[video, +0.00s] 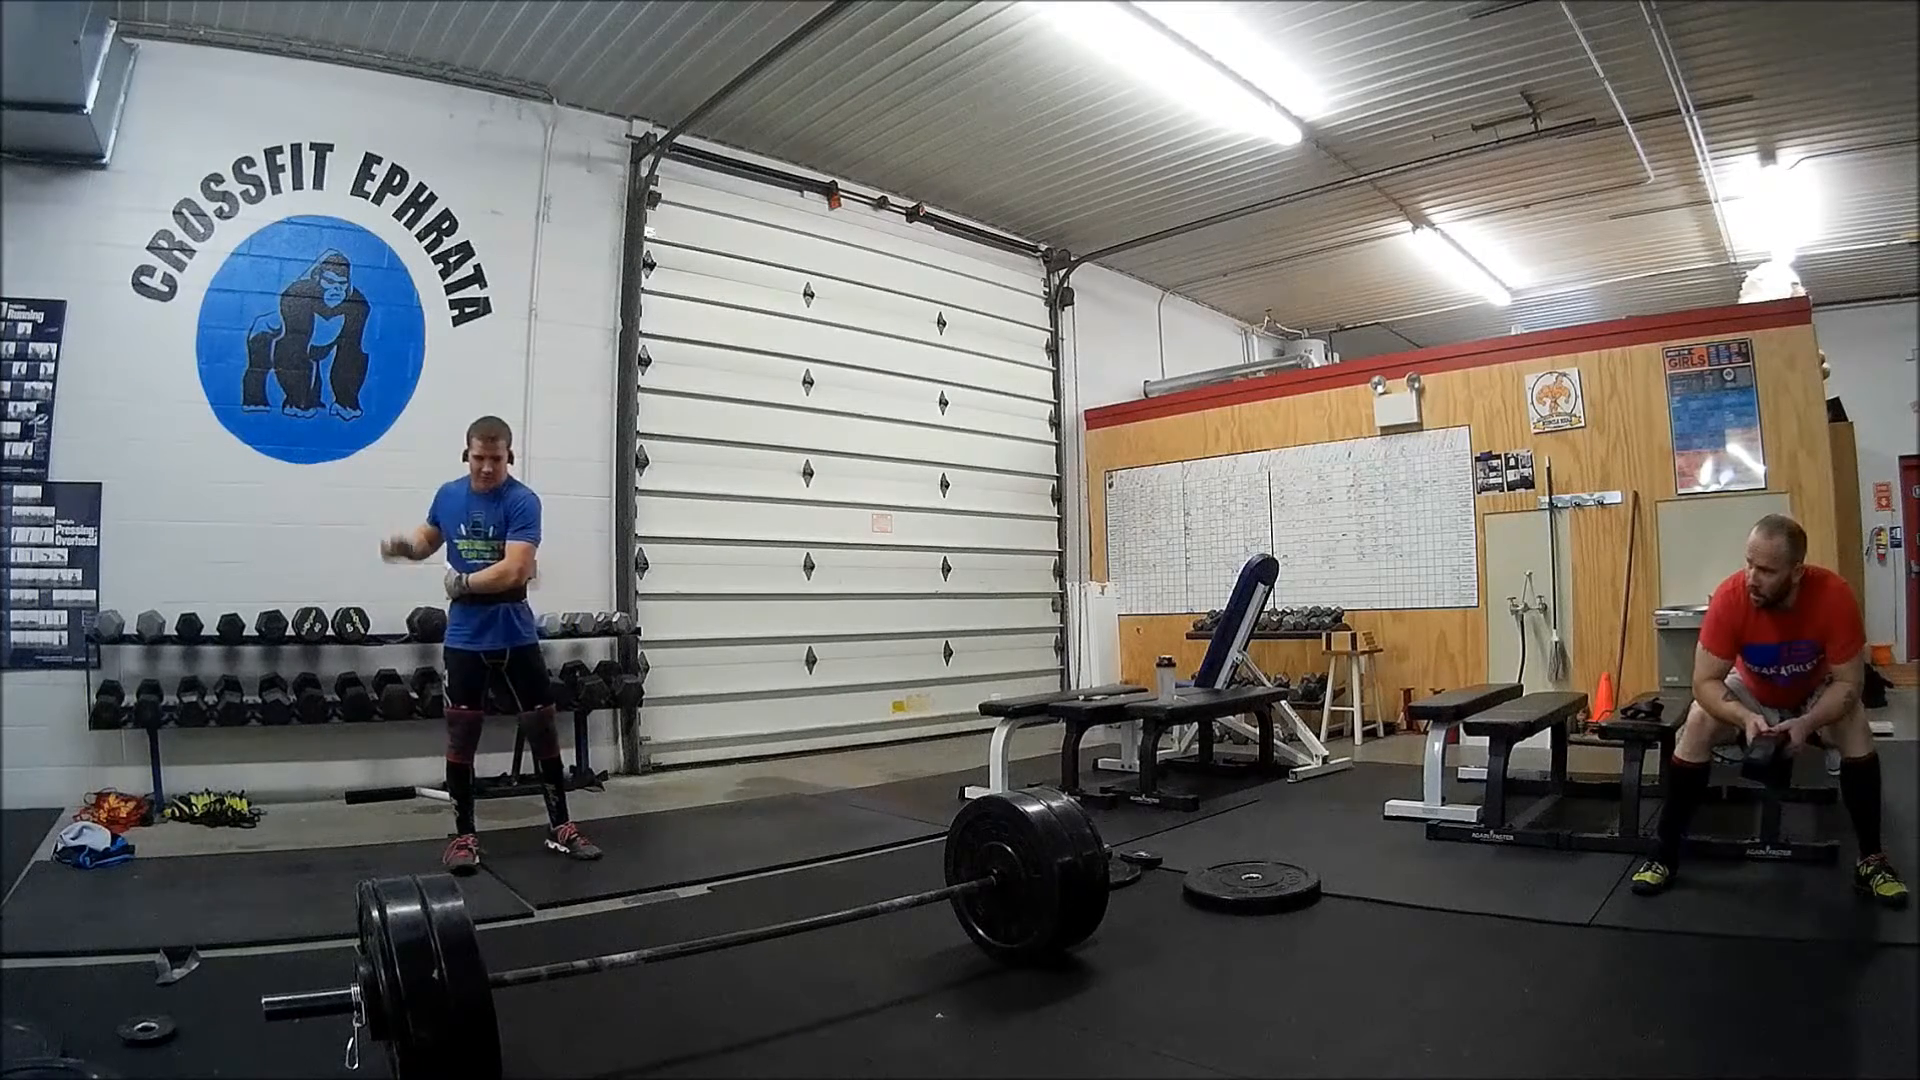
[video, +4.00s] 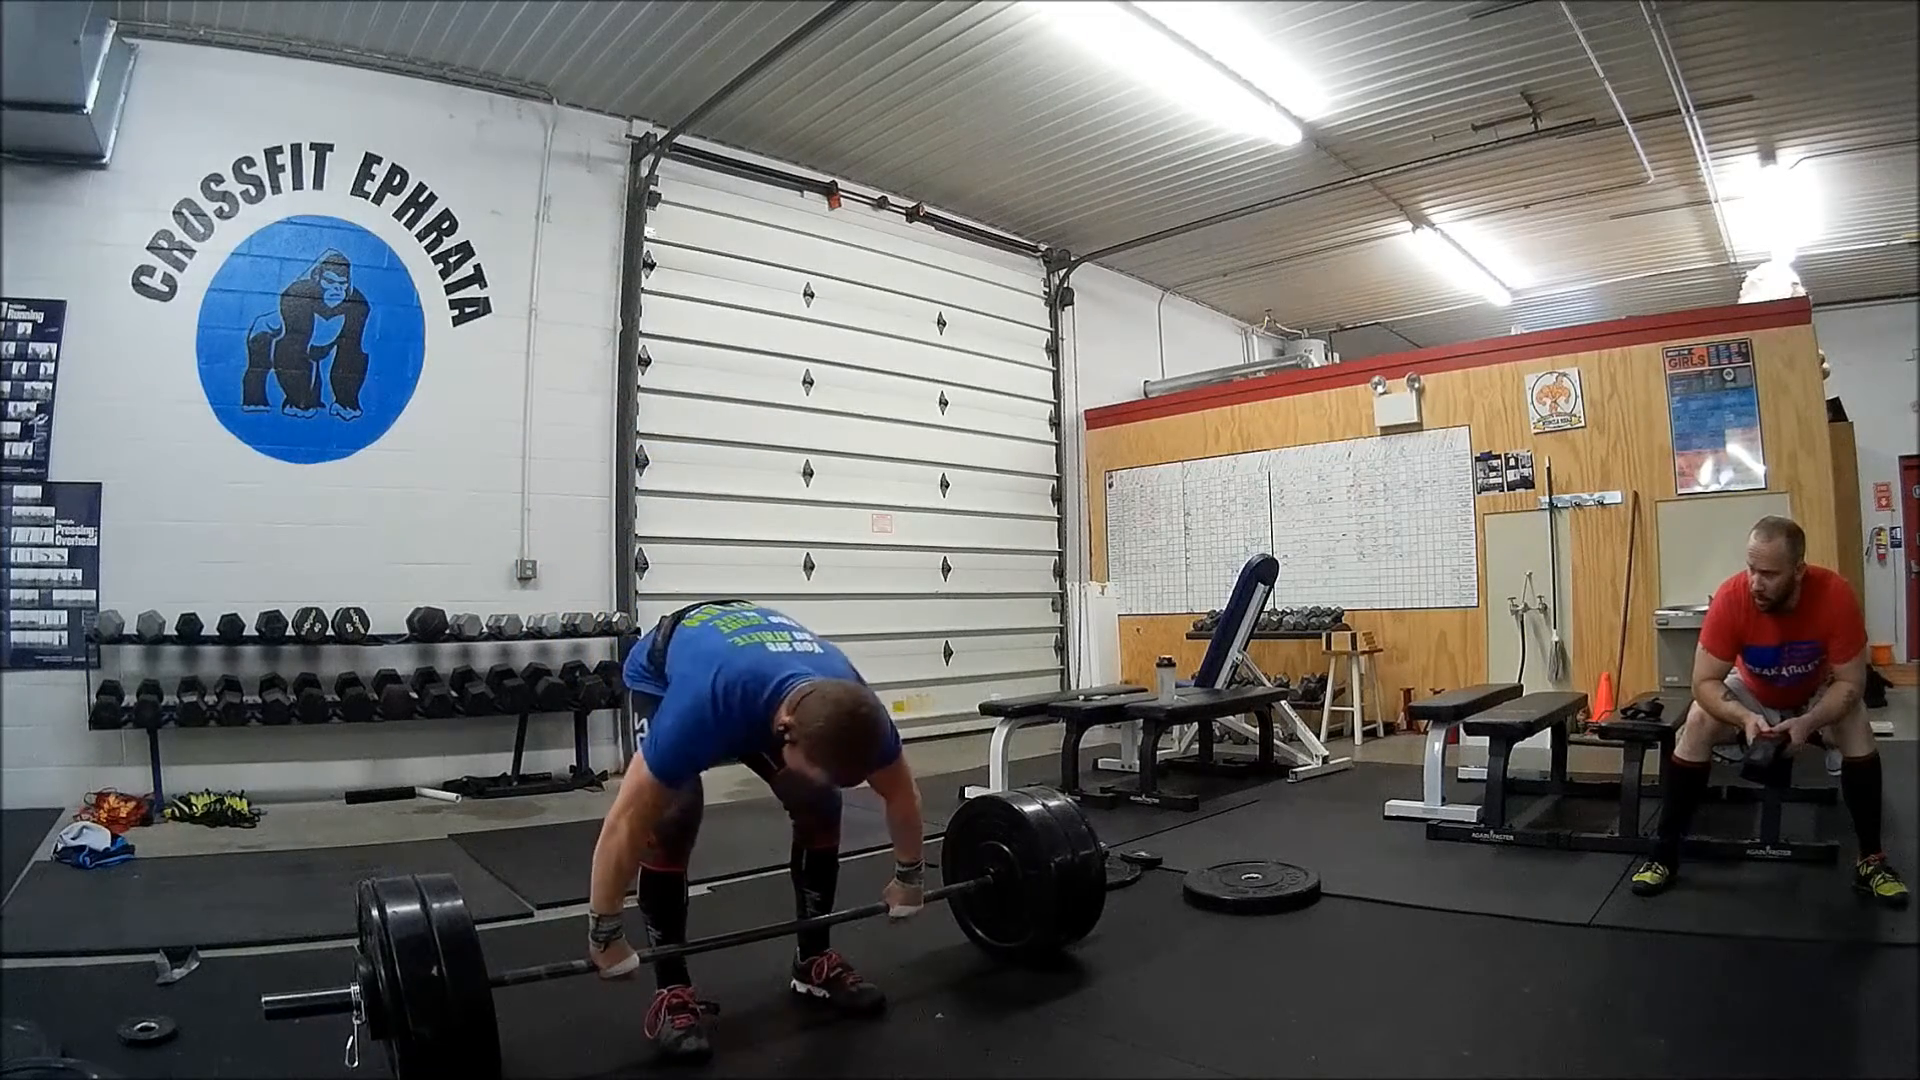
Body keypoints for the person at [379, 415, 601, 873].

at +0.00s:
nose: (486, 467)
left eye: (494, 459)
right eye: (478, 458)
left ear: (509, 456)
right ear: (467, 454)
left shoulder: (522, 501)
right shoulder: (450, 495)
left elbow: (515, 571)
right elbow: (427, 541)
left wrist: (464, 582)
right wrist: (405, 546)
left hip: (515, 636)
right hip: (465, 640)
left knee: (542, 726)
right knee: (462, 736)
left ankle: (561, 827)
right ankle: (464, 836)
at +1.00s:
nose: (599, 444)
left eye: (608, 433)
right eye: (588, 434)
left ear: (618, 430)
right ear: (567, 430)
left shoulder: (638, 493)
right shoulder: (536, 488)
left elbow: (659, 575)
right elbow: (522, 569)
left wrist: (606, 572)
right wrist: (572, 547)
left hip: (617, 654)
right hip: (560, 654)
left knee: (610, 765)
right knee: (563, 765)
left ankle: (601, 860)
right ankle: (570, 890)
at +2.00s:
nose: (744, 717)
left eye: (759, 708)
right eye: (733, 702)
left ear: (794, 682)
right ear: (716, 656)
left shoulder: (810, 645)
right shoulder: (660, 670)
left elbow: (797, 692)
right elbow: (607, 803)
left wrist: (755, 754)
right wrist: (602, 922)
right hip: (646, 678)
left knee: (809, 793)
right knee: (650, 815)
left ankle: (819, 958)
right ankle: (662, 989)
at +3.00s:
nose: (808, 762)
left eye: (822, 755)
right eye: (801, 750)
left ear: (843, 722)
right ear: (774, 703)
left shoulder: (848, 707)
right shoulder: (697, 704)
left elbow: (890, 782)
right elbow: (617, 811)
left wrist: (906, 873)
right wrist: (602, 930)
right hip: (651, 679)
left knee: (820, 800)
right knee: (665, 816)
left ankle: (817, 959)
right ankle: (670, 990)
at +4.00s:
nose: (829, 790)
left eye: (843, 783)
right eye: (825, 778)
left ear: (869, 731)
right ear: (787, 732)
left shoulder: (865, 717)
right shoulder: (702, 708)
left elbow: (901, 792)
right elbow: (625, 817)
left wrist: (910, 875)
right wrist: (604, 932)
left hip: (759, 648)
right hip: (660, 670)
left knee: (820, 805)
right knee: (675, 818)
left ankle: (815, 961)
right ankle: (673, 992)